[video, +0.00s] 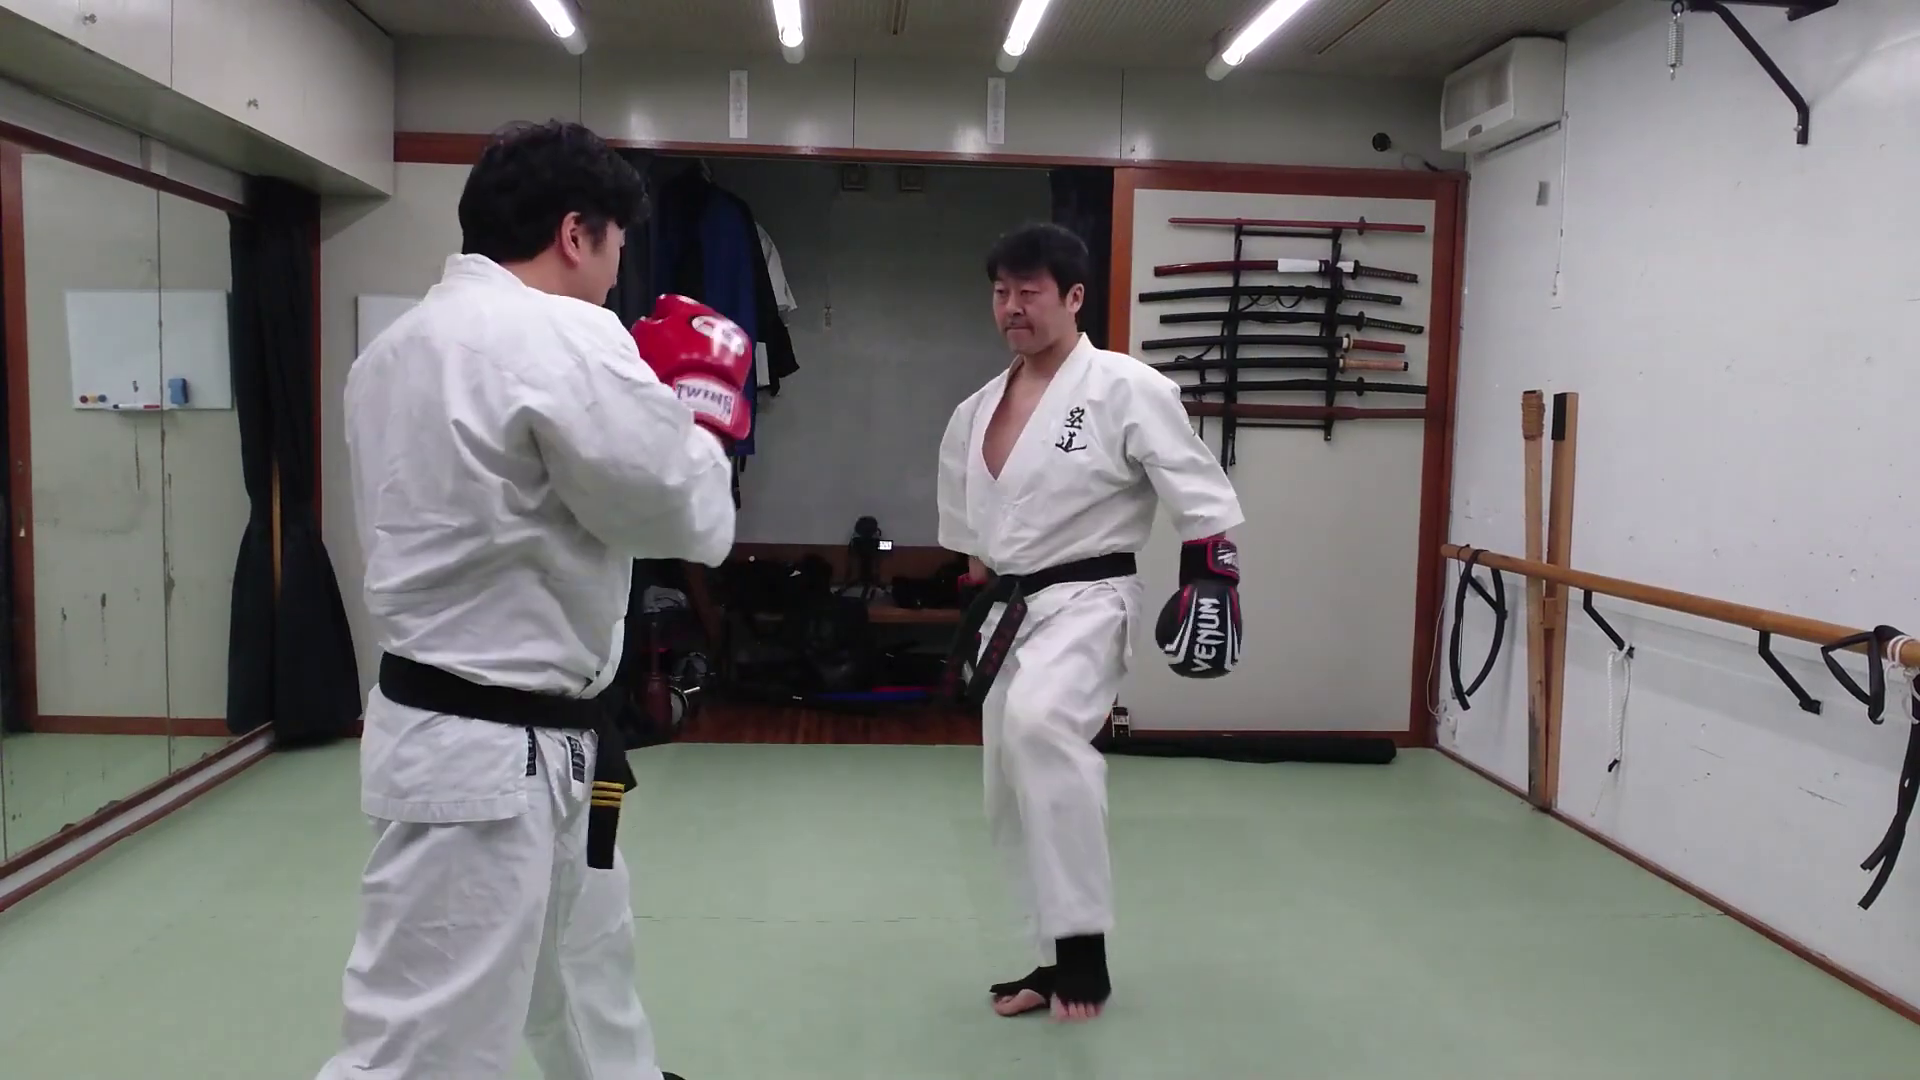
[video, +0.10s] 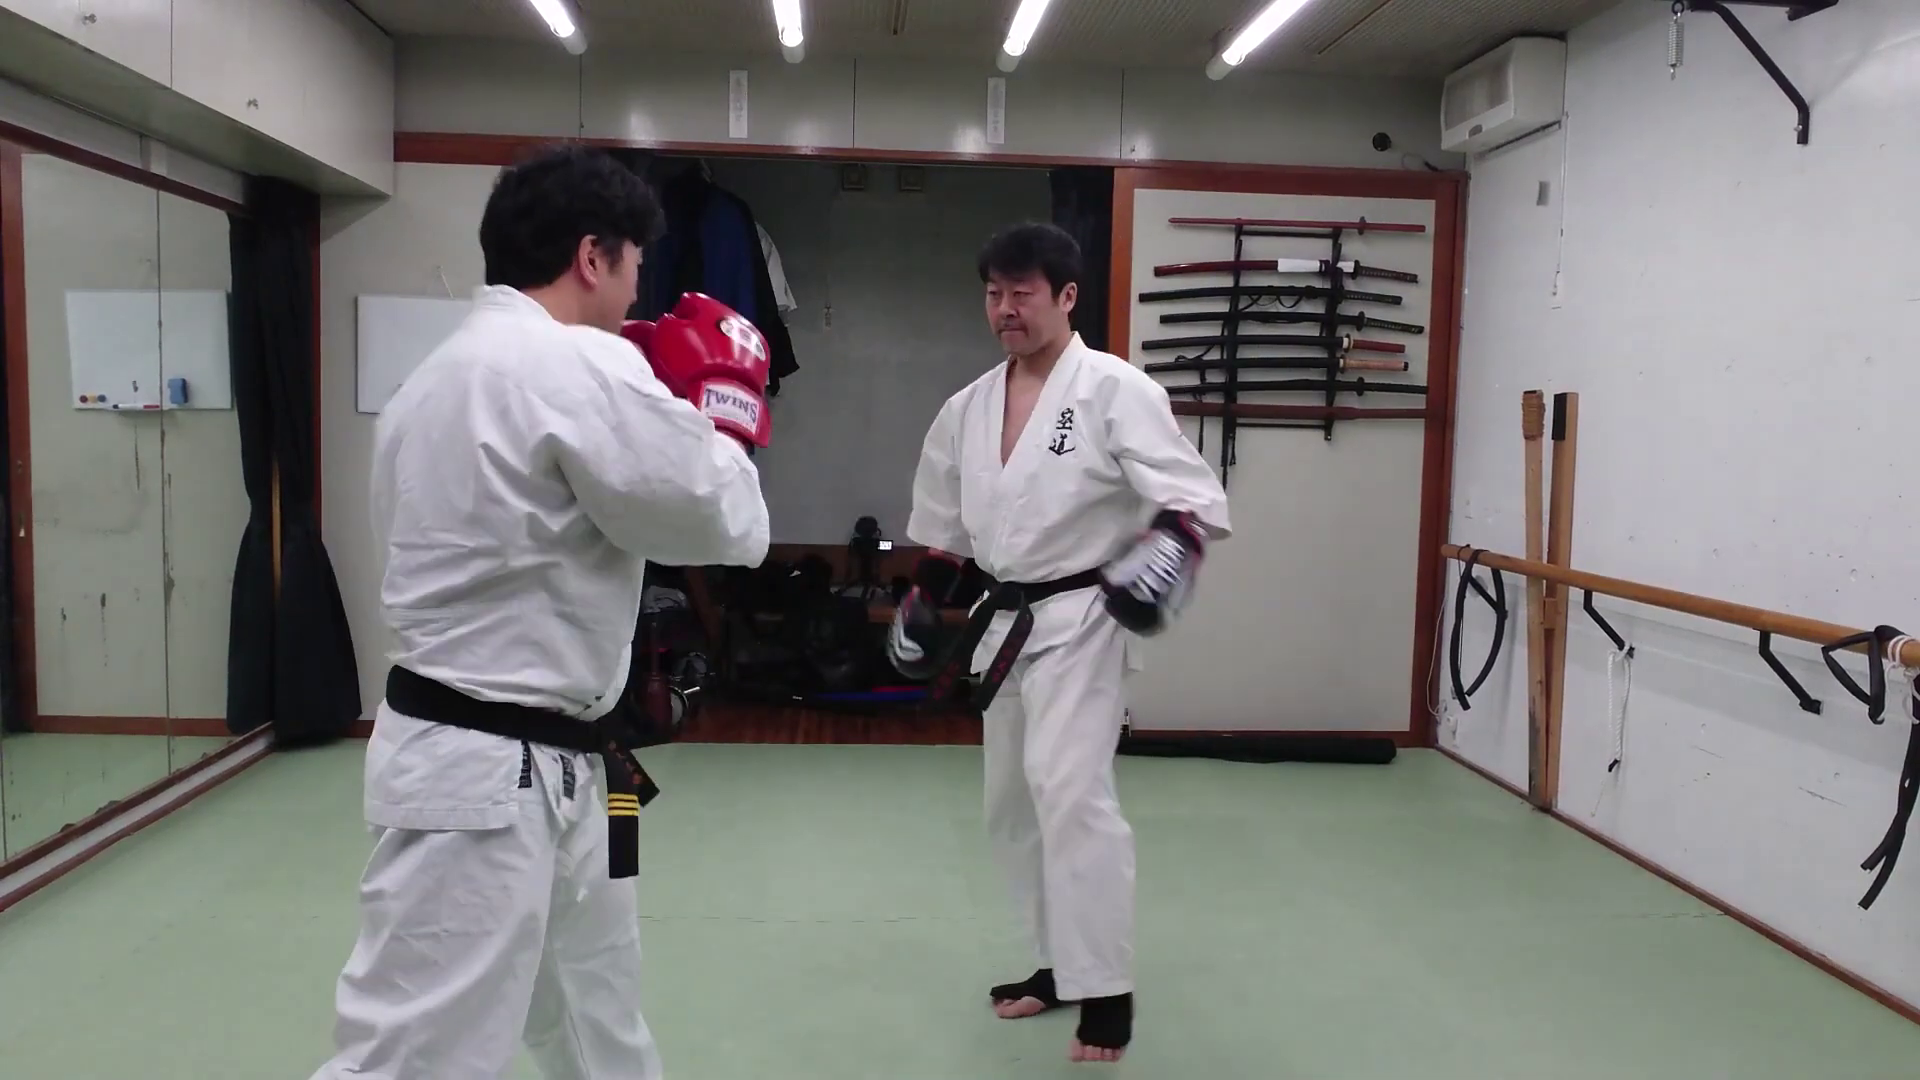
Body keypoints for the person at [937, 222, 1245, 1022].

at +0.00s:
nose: (1011, 308)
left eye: (1029, 293)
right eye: (1001, 293)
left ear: (1074, 298)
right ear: (992, 302)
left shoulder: (1125, 387)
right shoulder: (978, 410)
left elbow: (1201, 488)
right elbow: (978, 539)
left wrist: (1210, 579)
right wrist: (981, 624)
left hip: (1088, 599)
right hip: (1013, 608)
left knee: (1035, 724)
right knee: (1009, 773)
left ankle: (1082, 953)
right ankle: (1057, 960)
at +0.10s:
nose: (1006, 310)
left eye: (1022, 294)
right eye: (995, 296)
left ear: (1066, 297)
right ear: (985, 304)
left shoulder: (1117, 389)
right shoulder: (966, 409)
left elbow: (1193, 499)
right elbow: (947, 533)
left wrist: (1154, 566)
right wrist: (918, 609)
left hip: (1082, 617)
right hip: (1002, 621)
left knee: (1070, 793)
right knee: (1014, 801)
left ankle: (1106, 991)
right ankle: (1058, 969)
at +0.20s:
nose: (1004, 305)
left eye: (1021, 289)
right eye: (995, 292)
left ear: (1069, 295)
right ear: (987, 304)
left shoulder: (1103, 389)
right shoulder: (969, 402)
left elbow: (1069, 481)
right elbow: (937, 530)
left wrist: (978, 420)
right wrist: (907, 591)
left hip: (1098, 617)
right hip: (1007, 623)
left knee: (1120, 812)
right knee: (961, 789)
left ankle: (1164, 966)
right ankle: (1020, 937)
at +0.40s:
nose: (991, 326)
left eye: (1006, 311)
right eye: (989, 313)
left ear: (1058, 317)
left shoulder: (1057, 377)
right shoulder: (1007, 392)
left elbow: (947, 438)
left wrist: (845, 433)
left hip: (1024, 598)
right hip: (952, 609)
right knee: (916, 820)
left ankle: (1131, 909)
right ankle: (975, 980)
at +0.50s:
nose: (989, 360)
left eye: (1000, 343)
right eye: (983, 348)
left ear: (1049, 335)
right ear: (1052, 346)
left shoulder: (1036, 385)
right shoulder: (1075, 417)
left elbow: (986, 457)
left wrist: (941, 527)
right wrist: (884, 535)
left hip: (994, 551)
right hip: (1019, 602)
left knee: (862, 603)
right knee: (907, 787)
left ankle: (973, 783)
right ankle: (962, 987)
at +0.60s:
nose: (991, 382)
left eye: (1000, 365)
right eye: (984, 372)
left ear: (1048, 354)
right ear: (1052, 367)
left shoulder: (1037, 397)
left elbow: (1042, 484)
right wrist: (888, 515)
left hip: (970, 569)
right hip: (971, 657)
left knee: (829, 535)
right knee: (911, 813)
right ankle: (944, 1007)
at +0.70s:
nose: (992, 381)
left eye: (1000, 365)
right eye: (988, 371)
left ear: (1053, 355)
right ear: (1057, 364)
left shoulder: (1043, 397)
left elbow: (1041, 470)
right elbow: (982, 536)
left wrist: (1085, 553)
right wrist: (889, 515)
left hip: (960, 567)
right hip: (981, 640)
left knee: (802, 555)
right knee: (906, 813)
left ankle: (627, 513)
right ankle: (942, 1011)